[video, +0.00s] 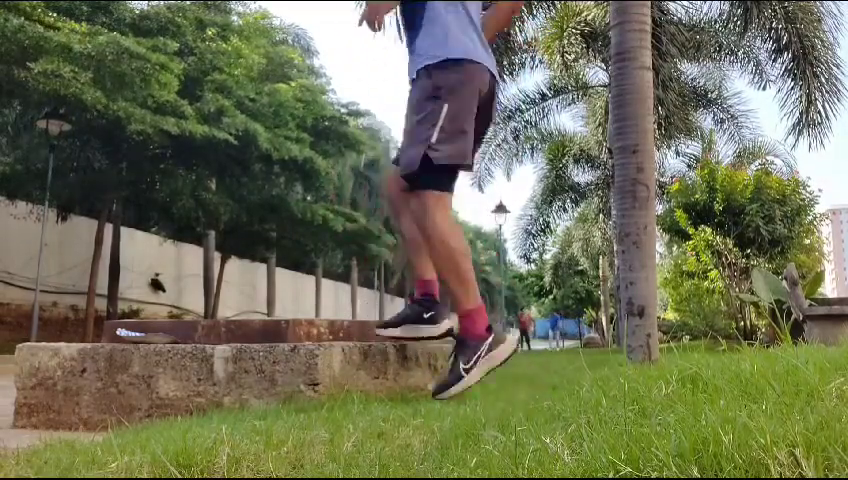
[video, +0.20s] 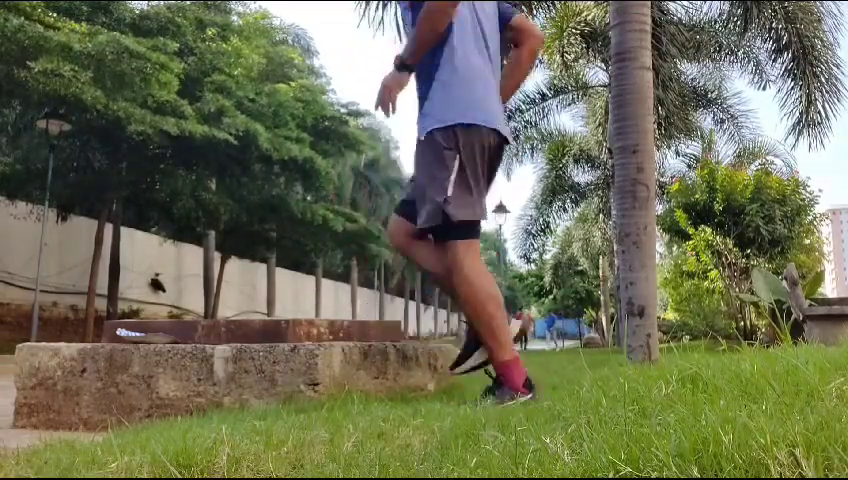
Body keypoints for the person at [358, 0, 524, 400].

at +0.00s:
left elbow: (381, 7)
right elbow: (512, 2)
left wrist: (376, 11)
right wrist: (475, 39)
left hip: (447, 63)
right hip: (479, 70)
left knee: (427, 202)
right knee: (398, 184)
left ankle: (478, 335)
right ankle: (426, 301)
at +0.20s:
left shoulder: (423, 4)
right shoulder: (487, 5)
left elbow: (442, 9)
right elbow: (530, 37)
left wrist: (401, 68)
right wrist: (494, 101)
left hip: (453, 118)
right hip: (488, 121)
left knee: (462, 254)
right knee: (402, 231)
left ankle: (515, 382)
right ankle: (486, 315)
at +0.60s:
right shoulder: (467, 6)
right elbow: (485, 35)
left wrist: (396, 29)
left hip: (431, 77)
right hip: (481, 92)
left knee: (358, 187)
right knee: (447, 217)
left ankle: (395, 306)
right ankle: (499, 336)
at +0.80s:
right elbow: (489, 5)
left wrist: (386, 3)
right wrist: (452, 32)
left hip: (430, 49)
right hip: (474, 59)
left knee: (393, 177)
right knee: (420, 185)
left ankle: (403, 308)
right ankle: (436, 306)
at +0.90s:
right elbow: (498, 8)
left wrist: (385, 6)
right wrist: (464, 48)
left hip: (433, 63)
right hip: (475, 75)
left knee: (390, 181)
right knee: (423, 193)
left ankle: (449, 297)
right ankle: (428, 311)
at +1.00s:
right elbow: (515, 2)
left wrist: (392, 5)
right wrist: (474, 37)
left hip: (449, 66)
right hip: (487, 74)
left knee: (414, 194)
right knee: (415, 194)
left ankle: (478, 316)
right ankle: (430, 306)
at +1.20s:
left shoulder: (426, 2)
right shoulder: (492, 6)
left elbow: (450, 8)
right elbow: (534, 46)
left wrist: (403, 74)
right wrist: (498, 104)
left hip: (463, 127)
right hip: (496, 129)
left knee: (474, 258)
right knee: (399, 215)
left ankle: (525, 383)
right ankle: (470, 296)